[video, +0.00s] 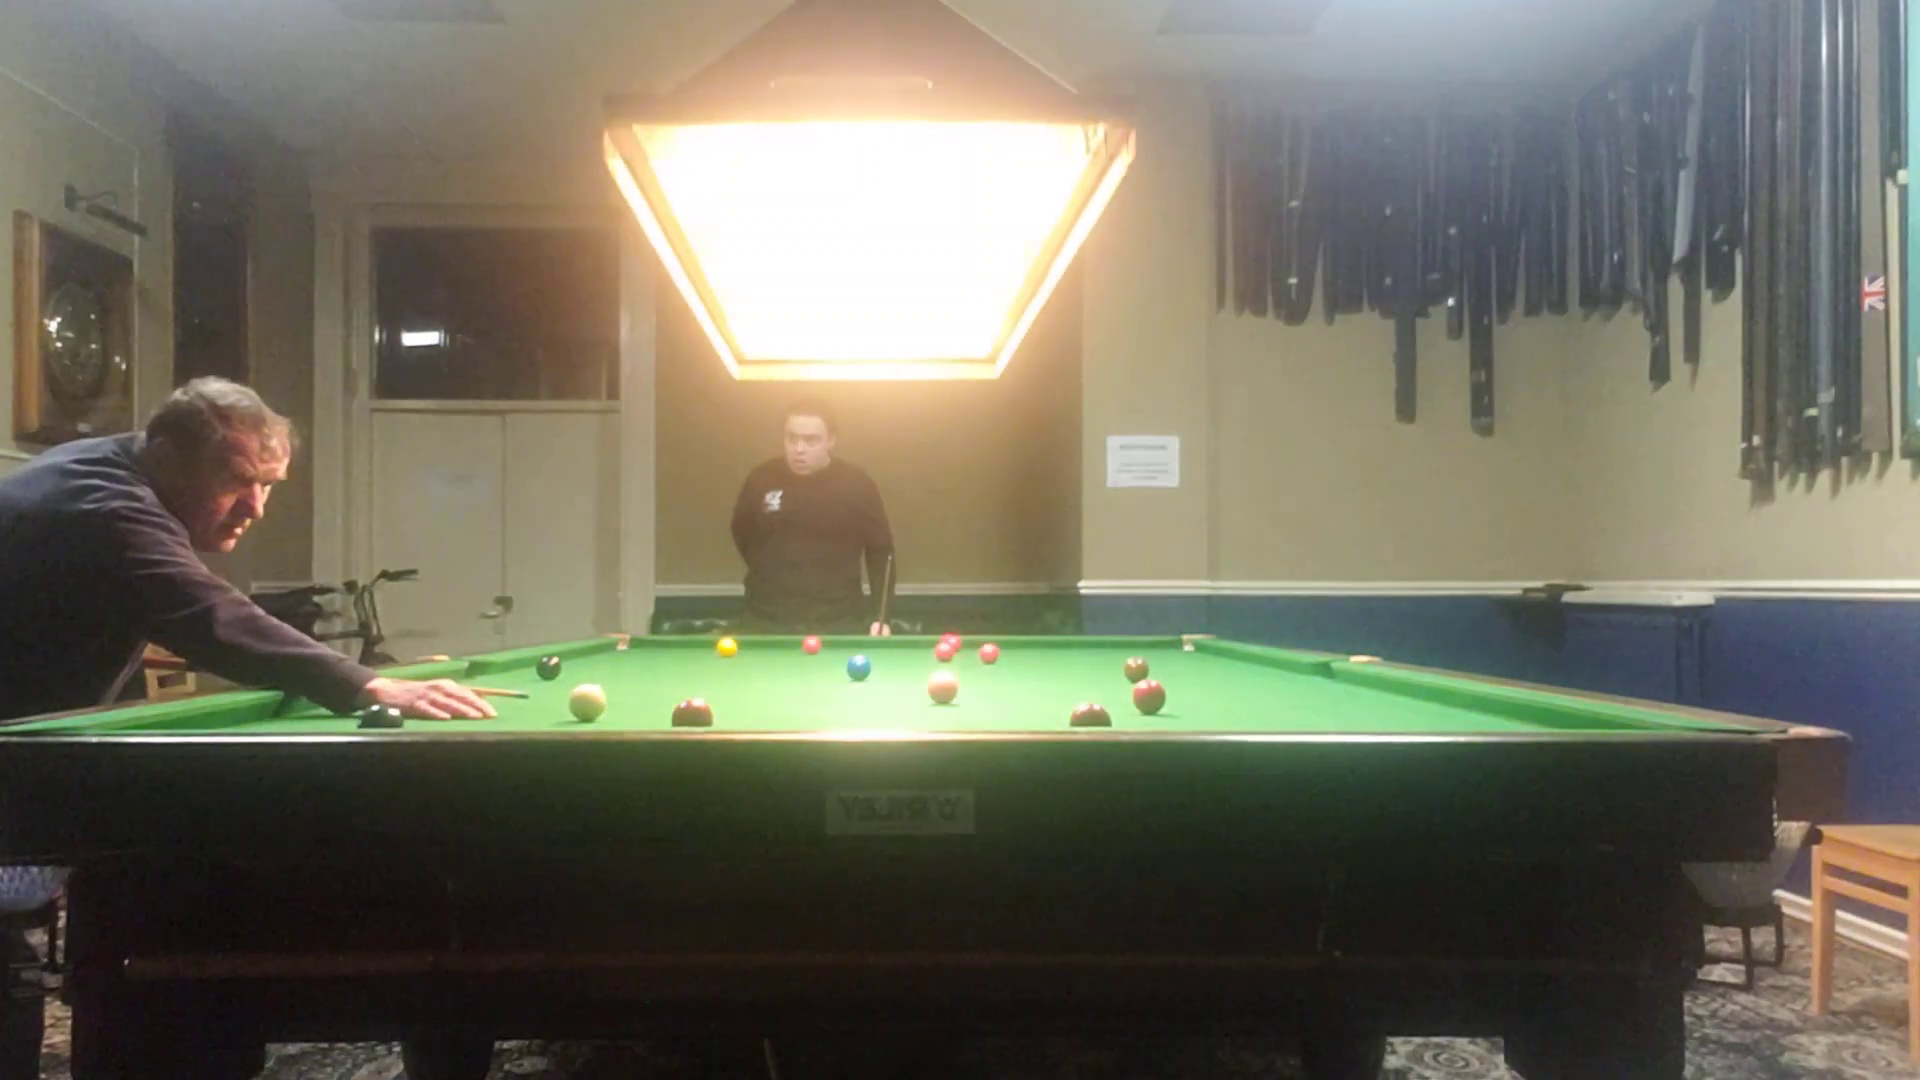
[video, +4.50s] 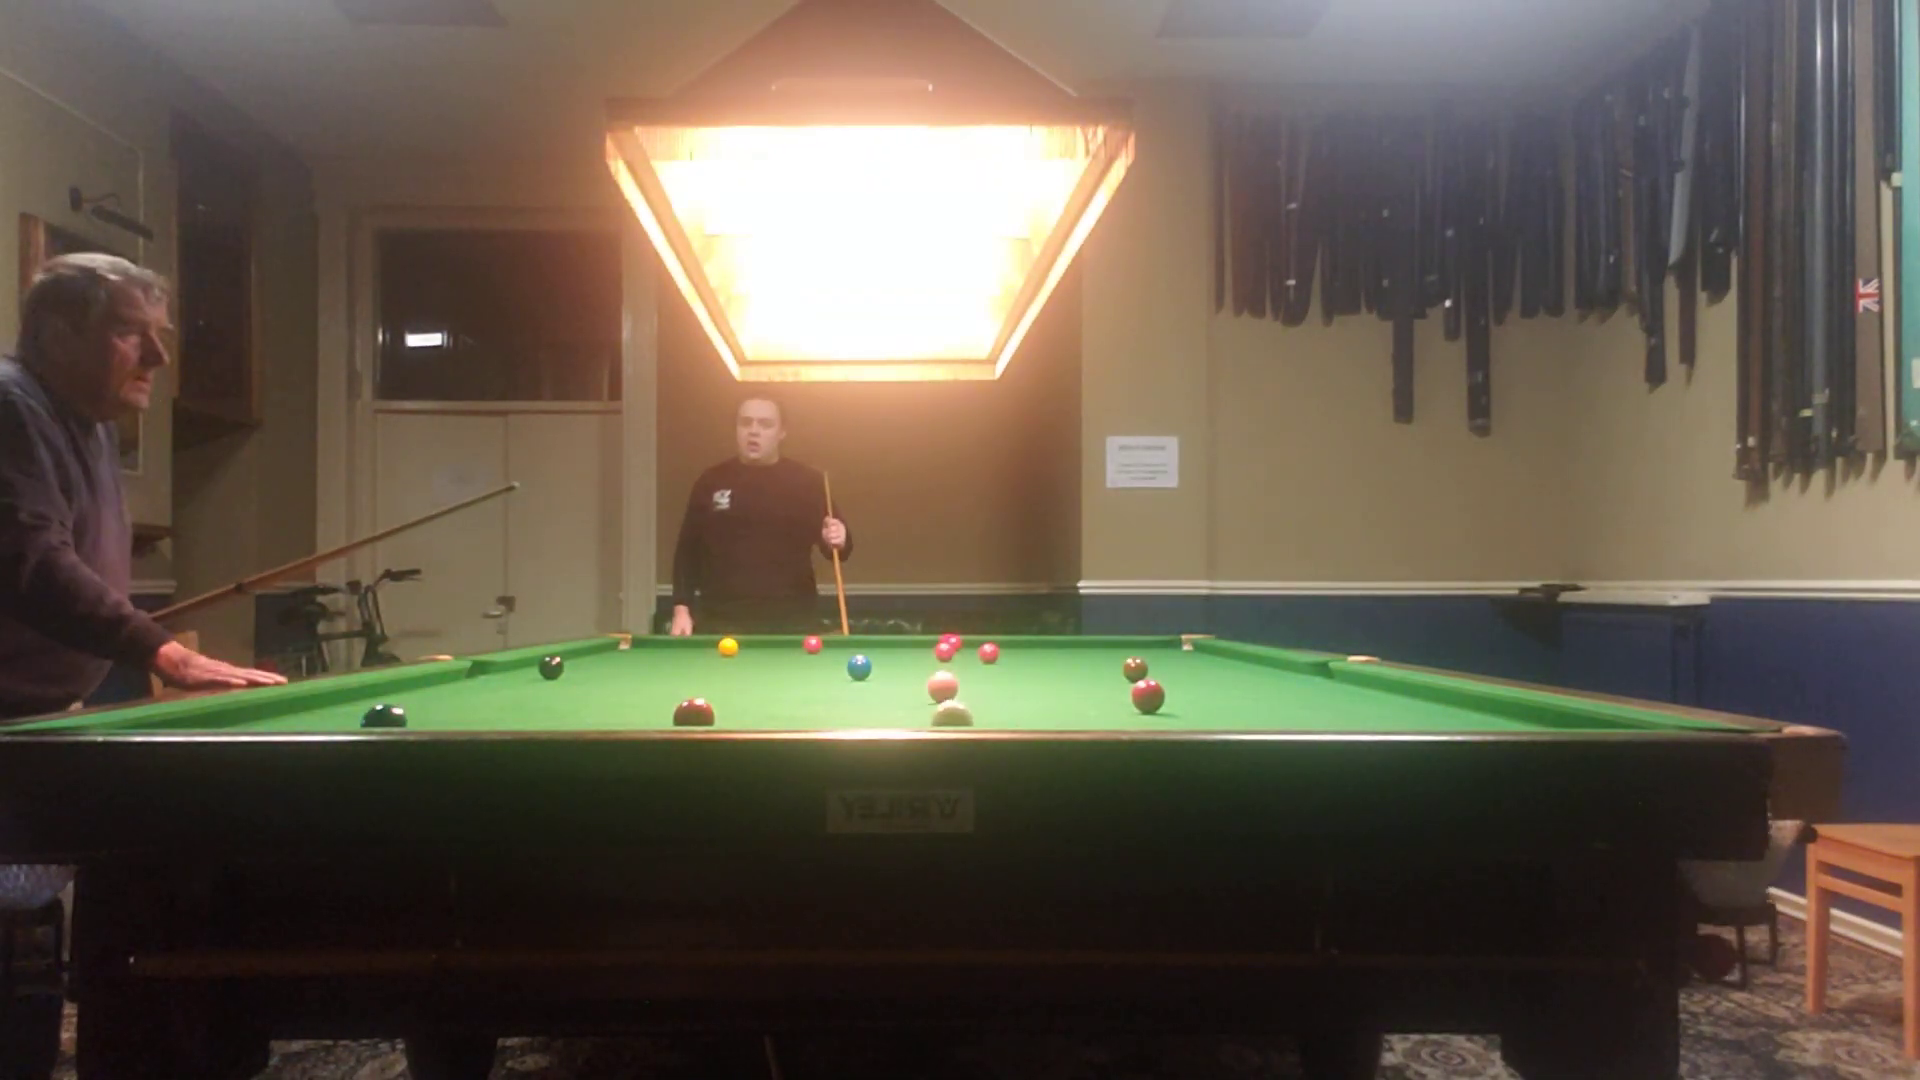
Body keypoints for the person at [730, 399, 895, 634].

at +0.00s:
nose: (799, 449)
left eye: (811, 440)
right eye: (792, 439)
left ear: (831, 441)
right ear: (783, 439)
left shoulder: (858, 485)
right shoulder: (762, 479)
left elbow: (881, 551)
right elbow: (742, 531)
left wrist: (881, 617)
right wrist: (769, 576)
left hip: (838, 622)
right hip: (766, 620)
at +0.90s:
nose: (810, 452)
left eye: (821, 443)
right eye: (802, 441)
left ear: (837, 445)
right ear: (791, 441)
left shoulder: (859, 485)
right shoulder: (765, 480)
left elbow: (882, 553)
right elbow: (743, 541)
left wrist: (882, 618)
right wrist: (754, 595)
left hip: (842, 625)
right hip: (771, 624)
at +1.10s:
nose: (814, 454)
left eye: (825, 444)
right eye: (806, 443)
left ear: (841, 446)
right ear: (795, 442)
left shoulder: (862, 488)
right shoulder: (767, 481)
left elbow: (883, 555)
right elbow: (739, 540)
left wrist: (881, 618)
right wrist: (722, 596)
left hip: (841, 618)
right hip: (770, 617)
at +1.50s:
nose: (815, 453)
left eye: (826, 444)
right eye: (807, 442)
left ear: (842, 444)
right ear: (795, 440)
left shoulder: (861, 489)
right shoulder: (768, 482)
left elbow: (889, 545)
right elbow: (737, 540)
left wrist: (884, 582)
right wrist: (727, 594)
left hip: (843, 624)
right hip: (772, 623)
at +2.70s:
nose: (814, 442)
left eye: (825, 434)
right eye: (806, 433)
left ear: (842, 441)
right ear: (795, 436)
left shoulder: (861, 488)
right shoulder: (769, 482)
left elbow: (902, 548)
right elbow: (740, 546)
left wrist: (891, 549)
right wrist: (726, 600)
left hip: (843, 624)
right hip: (774, 623)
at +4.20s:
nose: (781, 434)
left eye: (792, 426)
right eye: (773, 425)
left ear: (807, 436)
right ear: (762, 432)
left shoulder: (832, 480)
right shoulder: (739, 483)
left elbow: (867, 546)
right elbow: (716, 551)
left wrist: (860, 537)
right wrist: (710, 609)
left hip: (819, 626)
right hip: (748, 627)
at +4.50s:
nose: (753, 431)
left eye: (765, 424)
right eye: (746, 422)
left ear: (781, 433)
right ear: (735, 429)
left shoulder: (808, 482)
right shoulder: (711, 483)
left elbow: (836, 552)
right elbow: (687, 550)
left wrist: (839, 539)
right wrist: (681, 608)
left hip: (792, 627)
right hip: (723, 626)